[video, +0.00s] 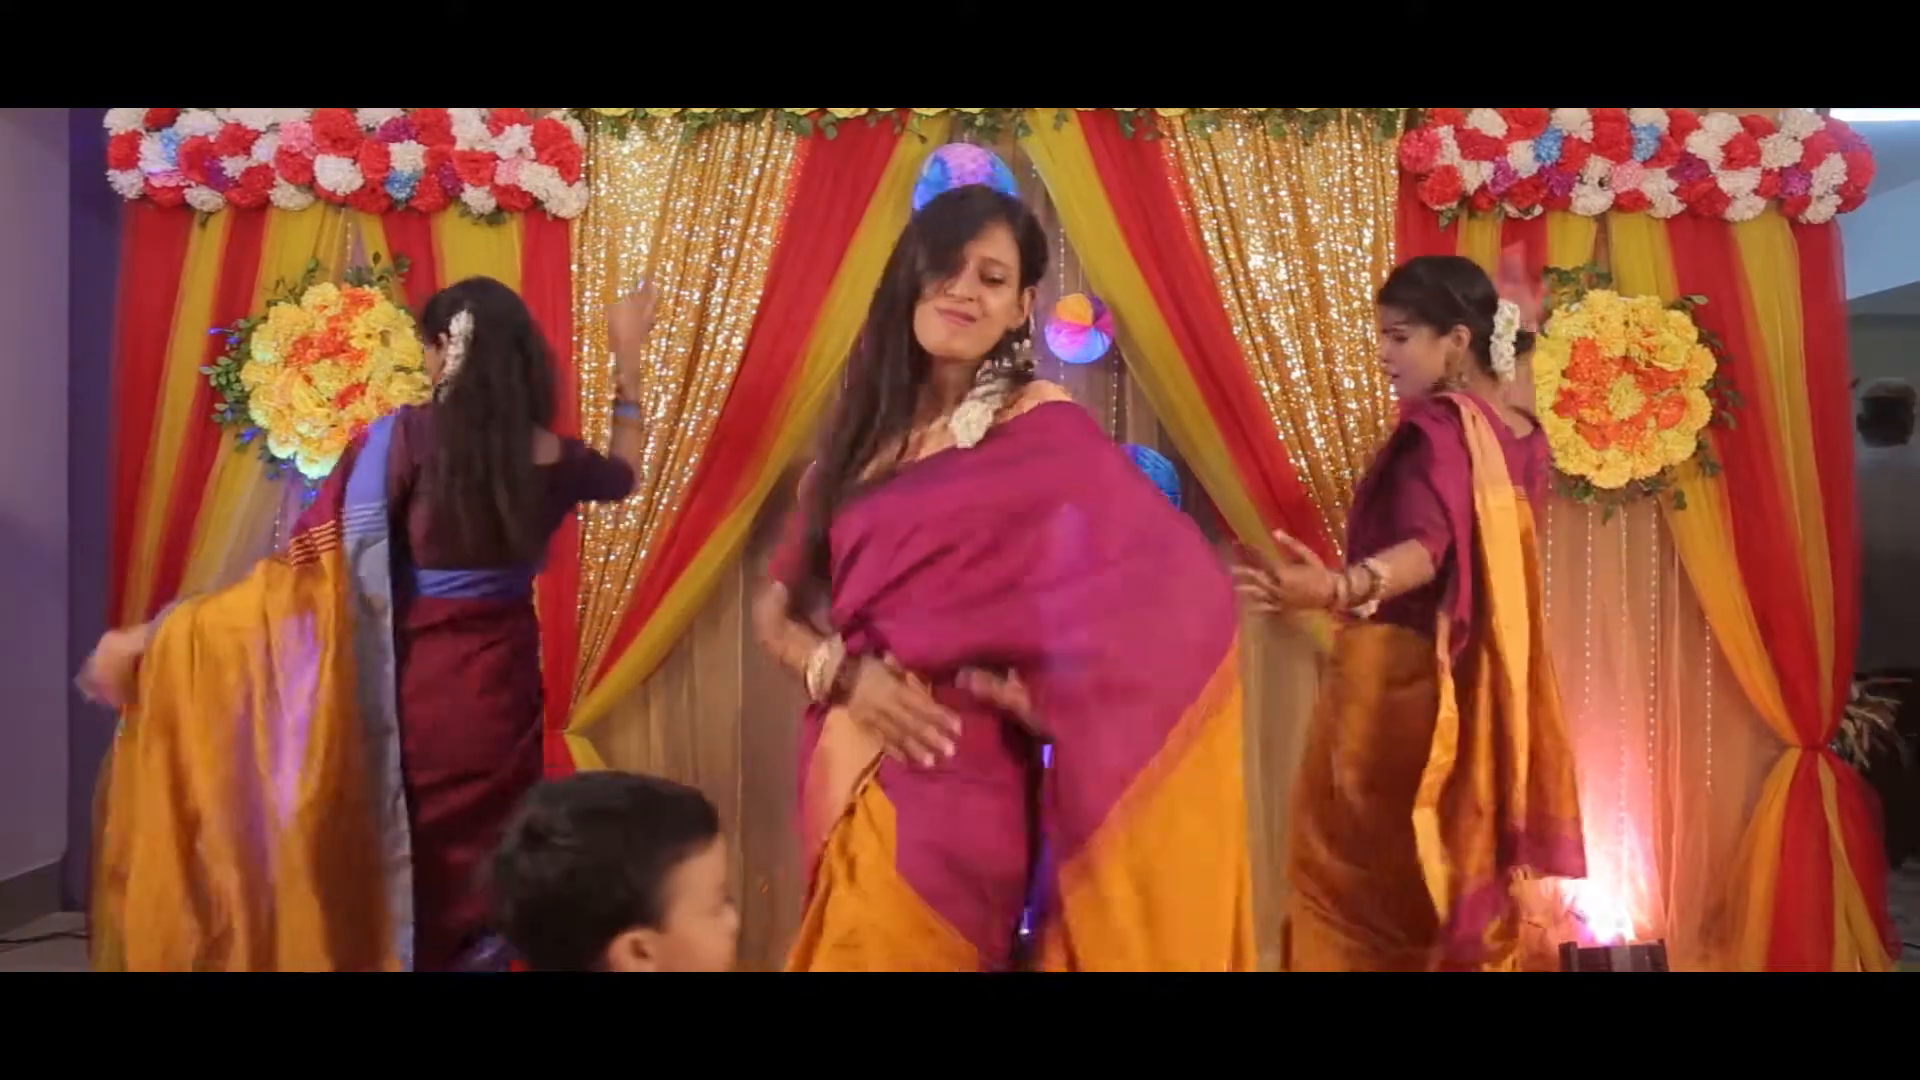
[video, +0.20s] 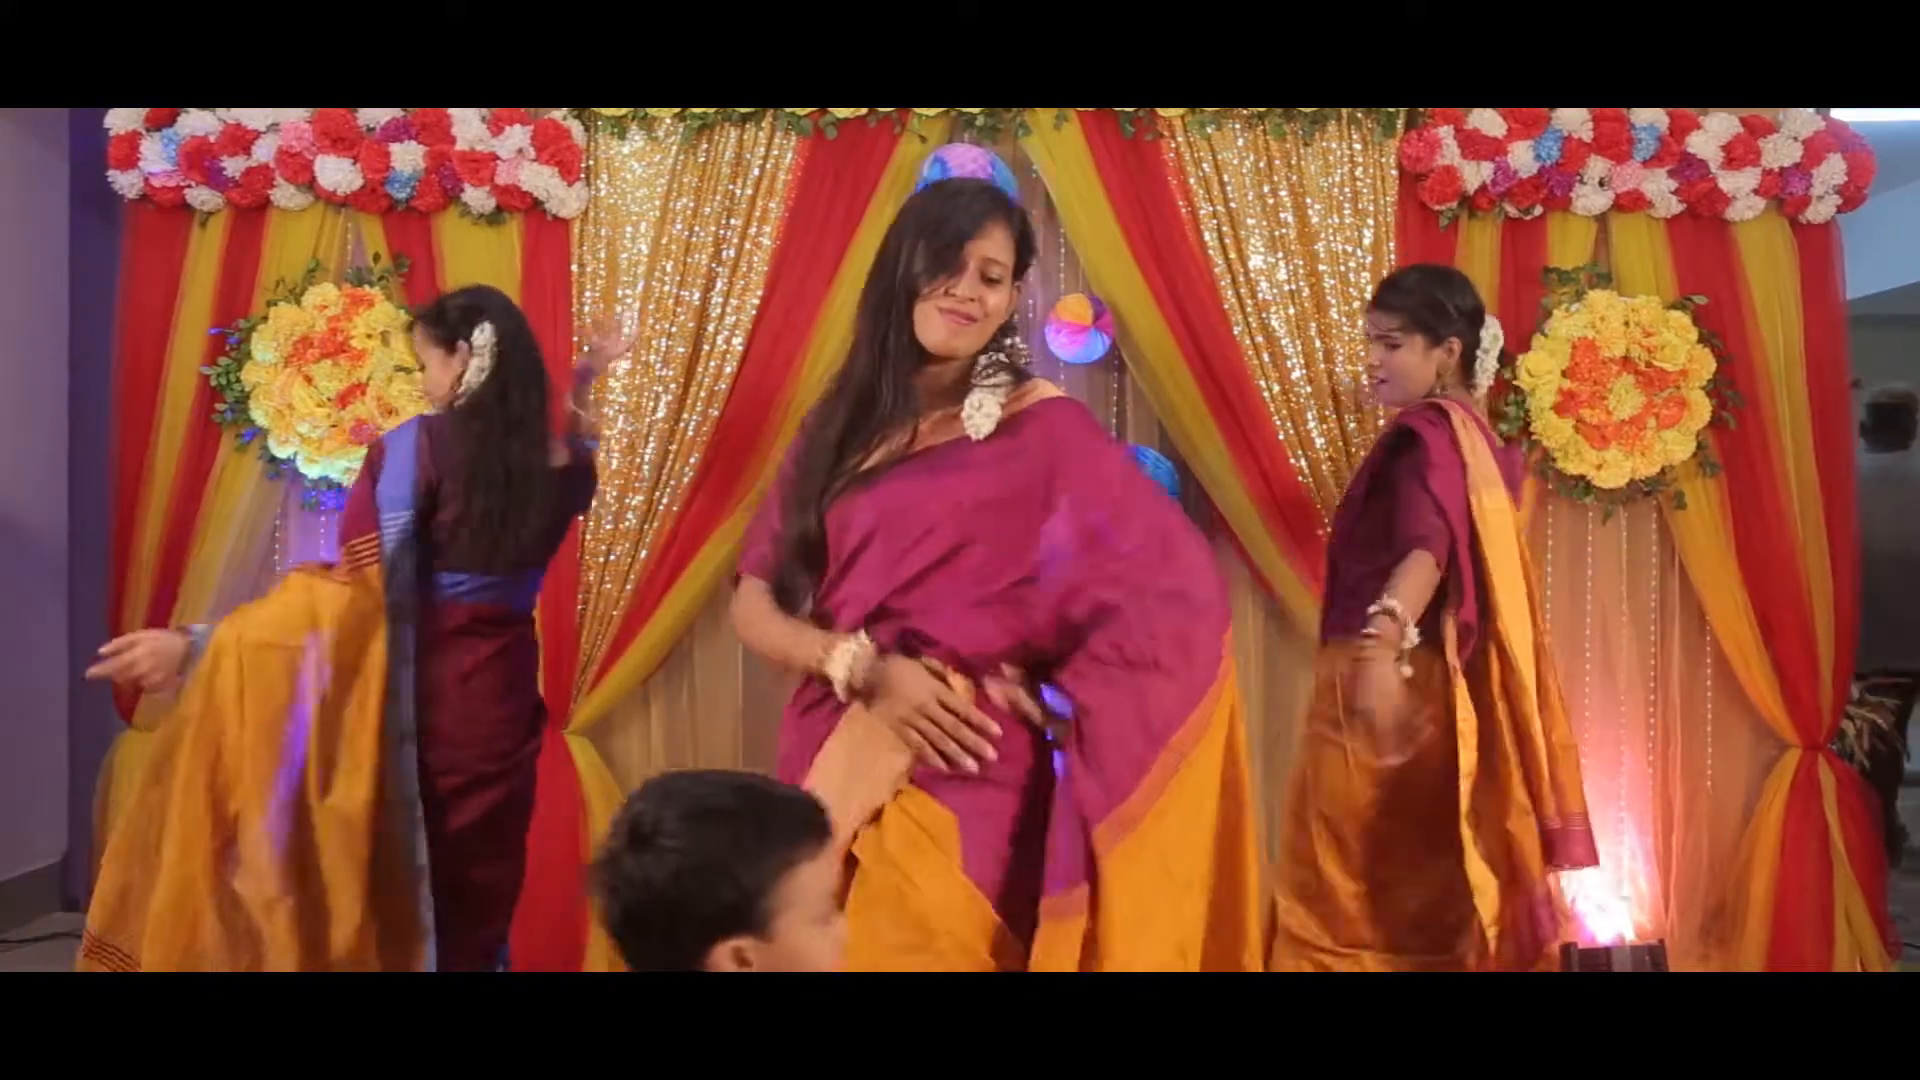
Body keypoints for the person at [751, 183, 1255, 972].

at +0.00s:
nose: (961, 294)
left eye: (992, 279)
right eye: (944, 268)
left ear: (1023, 306)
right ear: (908, 281)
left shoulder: (1042, 419)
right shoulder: (862, 442)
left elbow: (1180, 591)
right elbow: (770, 611)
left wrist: (1061, 706)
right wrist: (850, 679)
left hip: (969, 760)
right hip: (849, 765)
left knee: (893, 951)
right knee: (853, 951)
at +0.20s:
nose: (964, 292)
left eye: (992, 276)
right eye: (945, 265)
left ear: (1015, 297)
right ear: (901, 271)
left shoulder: (1040, 420)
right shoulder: (843, 424)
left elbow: (1183, 585)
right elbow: (751, 604)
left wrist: (1055, 701)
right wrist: (869, 671)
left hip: (974, 779)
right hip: (833, 772)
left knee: (925, 953)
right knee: (808, 956)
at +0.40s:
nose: (950, 288)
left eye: (977, 277)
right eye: (932, 262)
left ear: (995, 305)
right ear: (885, 268)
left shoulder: (1027, 429)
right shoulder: (808, 427)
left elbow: (1171, 588)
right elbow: (742, 611)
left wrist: (1100, 701)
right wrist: (902, 677)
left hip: (995, 768)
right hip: (836, 762)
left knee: (961, 950)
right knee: (825, 948)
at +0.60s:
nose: (938, 296)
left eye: (962, 285)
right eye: (918, 272)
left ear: (979, 314)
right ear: (868, 281)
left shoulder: (1019, 434)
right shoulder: (800, 451)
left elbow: (1158, 600)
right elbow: (741, 645)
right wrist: (896, 705)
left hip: (995, 796)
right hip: (828, 797)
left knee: (994, 961)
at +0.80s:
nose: (917, 266)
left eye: (939, 253)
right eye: (891, 250)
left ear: (964, 290)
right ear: (847, 273)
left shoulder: (1014, 423)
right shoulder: (788, 427)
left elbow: (1120, 569)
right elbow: (735, 613)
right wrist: (917, 672)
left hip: (1002, 755)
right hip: (840, 753)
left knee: (981, 941)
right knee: (852, 947)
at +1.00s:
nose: (883, 272)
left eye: (907, 252)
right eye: (859, 259)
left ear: (951, 280)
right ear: (836, 295)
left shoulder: (1019, 423)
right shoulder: (796, 433)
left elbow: (1109, 590)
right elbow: (745, 620)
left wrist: (976, 680)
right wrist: (911, 680)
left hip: (1002, 763)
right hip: (842, 762)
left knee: (969, 939)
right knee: (860, 947)